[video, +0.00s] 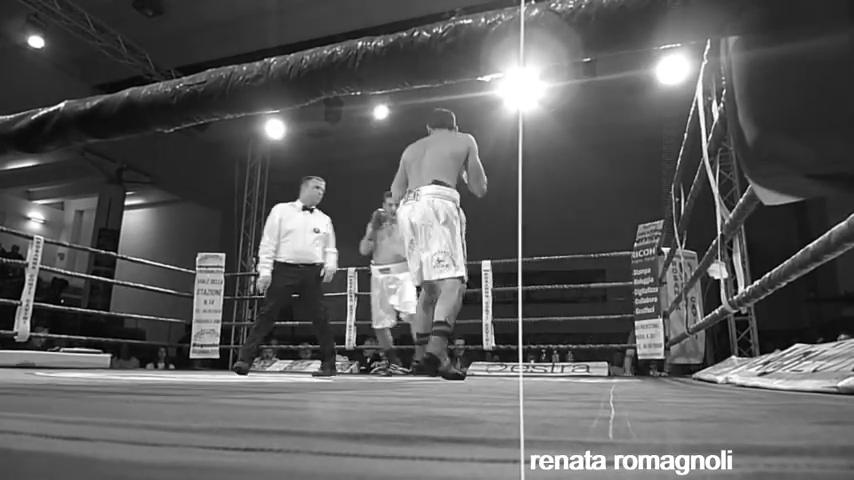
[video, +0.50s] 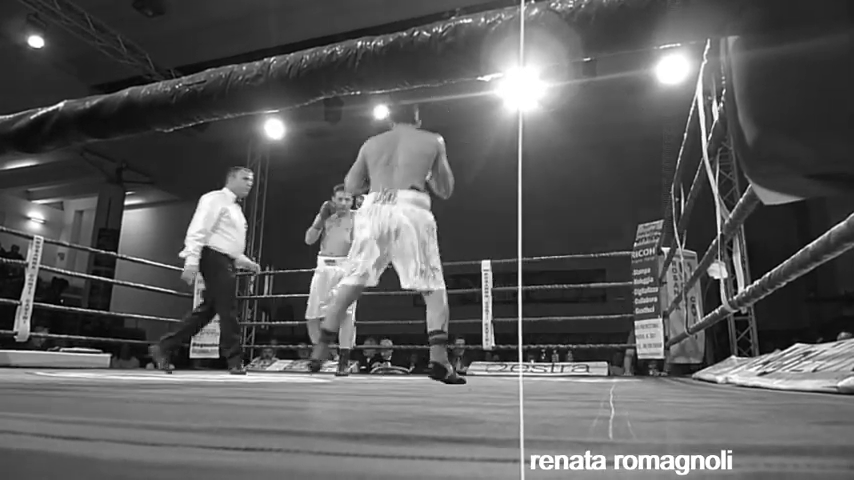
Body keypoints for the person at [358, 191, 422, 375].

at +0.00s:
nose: (393, 208)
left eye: (396, 205)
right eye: (390, 205)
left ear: (401, 205)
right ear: (383, 205)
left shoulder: (406, 221)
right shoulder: (376, 222)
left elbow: (416, 245)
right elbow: (364, 250)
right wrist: (373, 227)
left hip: (403, 269)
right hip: (379, 272)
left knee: (411, 314)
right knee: (381, 320)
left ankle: (420, 356)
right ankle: (391, 359)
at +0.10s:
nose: (384, 204)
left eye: (387, 200)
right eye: (380, 200)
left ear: (392, 201)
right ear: (373, 201)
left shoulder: (396, 219)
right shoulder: (366, 218)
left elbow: (405, 244)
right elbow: (350, 244)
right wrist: (362, 222)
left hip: (393, 266)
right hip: (369, 267)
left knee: (399, 311)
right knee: (362, 318)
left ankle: (407, 355)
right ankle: (374, 354)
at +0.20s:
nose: (365, 209)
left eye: (369, 205)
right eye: (361, 205)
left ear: (375, 206)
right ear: (354, 206)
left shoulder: (381, 222)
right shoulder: (349, 222)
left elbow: (397, 238)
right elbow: (334, 249)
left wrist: (385, 222)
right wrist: (344, 225)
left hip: (376, 272)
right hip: (352, 272)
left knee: (381, 317)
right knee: (339, 318)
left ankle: (390, 362)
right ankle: (334, 361)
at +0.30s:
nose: (356, 214)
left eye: (359, 210)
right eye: (353, 210)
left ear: (365, 212)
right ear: (345, 210)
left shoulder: (370, 228)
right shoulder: (339, 228)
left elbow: (380, 259)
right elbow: (325, 255)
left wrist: (374, 235)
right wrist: (336, 231)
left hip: (364, 277)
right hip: (340, 278)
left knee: (371, 317)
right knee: (329, 324)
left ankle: (386, 359)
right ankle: (331, 365)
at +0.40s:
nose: (350, 209)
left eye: (353, 205)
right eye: (346, 204)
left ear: (359, 206)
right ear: (339, 205)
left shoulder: (363, 224)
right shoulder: (331, 222)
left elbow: (371, 248)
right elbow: (319, 249)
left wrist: (369, 226)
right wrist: (330, 227)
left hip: (357, 271)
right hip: (334, 272)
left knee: (362, 312)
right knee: (325, 319)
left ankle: (368, 356)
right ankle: (330, 361)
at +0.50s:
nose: (343, 203)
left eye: (347, 199)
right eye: (340, 199)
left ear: (352, 201)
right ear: (333, 200)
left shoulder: (356, 218)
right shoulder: (325, 217)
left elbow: (361, 240)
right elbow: (309, 239)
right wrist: (321, 218)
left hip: (346, 262)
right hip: (324, 262)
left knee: (345, 311)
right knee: (314, 311)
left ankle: (344, 358)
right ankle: (318, 352)